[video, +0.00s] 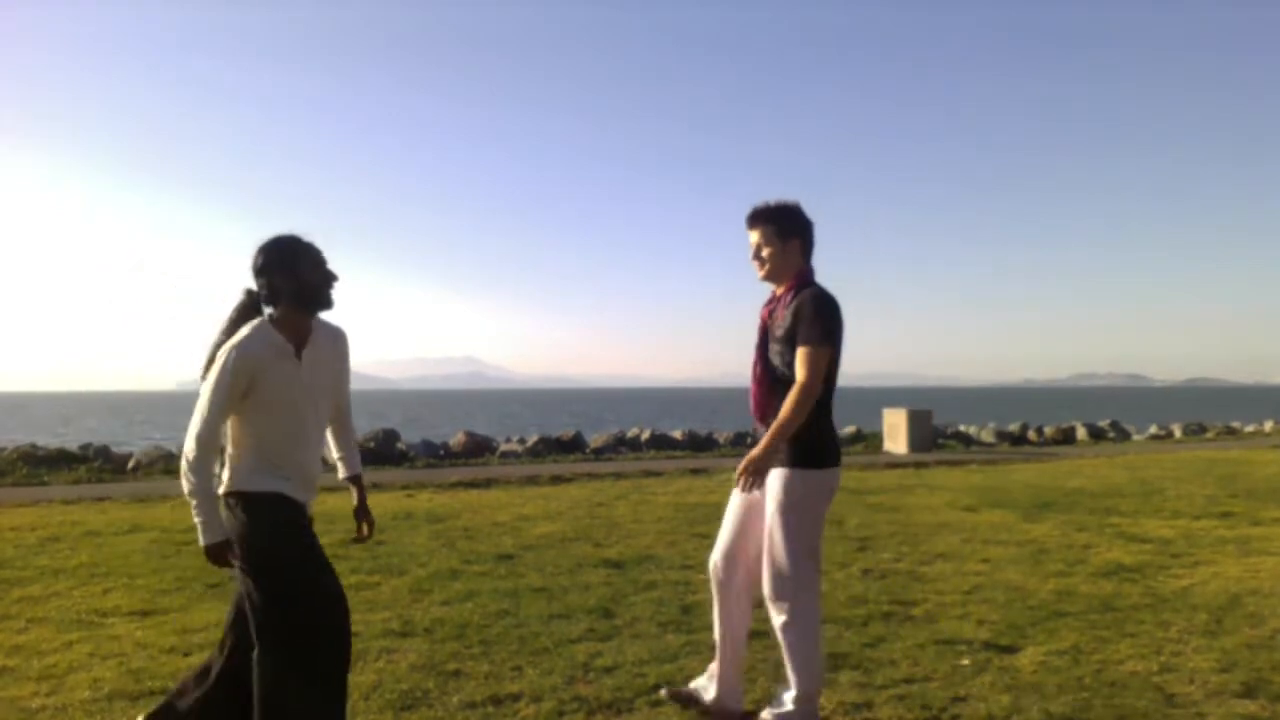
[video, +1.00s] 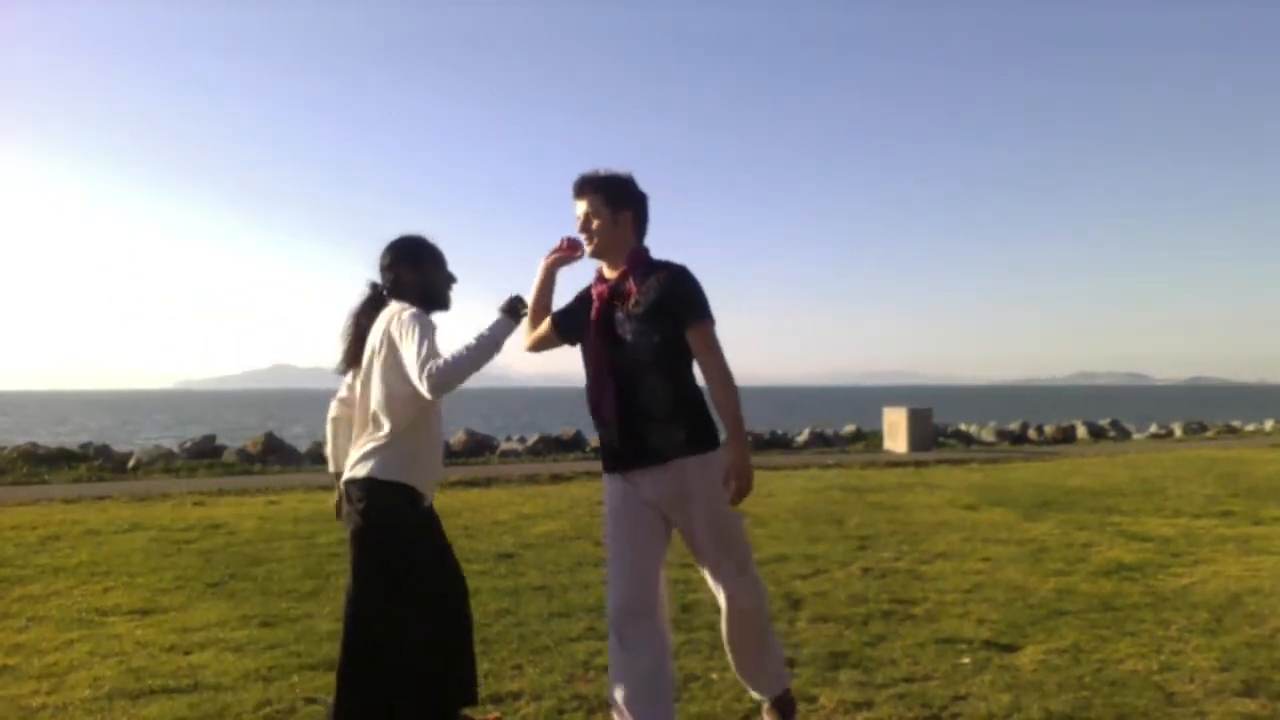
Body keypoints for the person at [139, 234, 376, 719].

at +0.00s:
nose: (332, 276)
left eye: (326, 266)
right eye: (318, 267)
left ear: (293, 280)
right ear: (285, 280)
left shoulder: (332, 341)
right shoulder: (245, 349)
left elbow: (339, 421)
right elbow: (198, 446)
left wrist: (357, 487)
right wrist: (210, 527)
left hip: (295, 504)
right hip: (253, 502)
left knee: (249, 643)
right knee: (324, 616)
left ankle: (182, 713)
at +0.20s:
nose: (367, 269)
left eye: (362, 258)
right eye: (354, 258)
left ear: (335, 271)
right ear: (320, 269)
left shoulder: (361, 341)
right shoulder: (272, 335)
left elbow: (356, 424)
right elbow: (228, 430)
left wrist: (371, 489)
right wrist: (242, 511)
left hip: (329, 503)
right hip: (283, 500)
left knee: (308, 628)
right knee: (348, 616)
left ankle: (214, 689)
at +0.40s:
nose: (396, 270)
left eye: (391, 260)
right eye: (381, 259)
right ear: (346, 267)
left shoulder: (378, 344)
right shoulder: (304, 323)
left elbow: (351, 426)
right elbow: (254, 417)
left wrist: (364, 492)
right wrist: (274, 503)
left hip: (359, 514)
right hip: (308, 510)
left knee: (377, 621)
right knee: (319, 638)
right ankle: (293, 705)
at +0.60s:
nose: (416, 277)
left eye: (412, 268)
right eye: (405, 266)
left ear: (373, 275)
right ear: (371, 273)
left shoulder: (375, 331)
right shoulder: (343, 311)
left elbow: (342, 403)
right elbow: (283, 382)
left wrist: (366, 475)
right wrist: (326, 469)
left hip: (367, 499)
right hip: (328, 500)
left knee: (417, 597)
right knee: (342, 626)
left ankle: (405, 705)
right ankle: (345, 709)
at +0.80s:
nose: (433, 277)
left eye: (429, 268)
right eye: (421, 267)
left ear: (387, 273)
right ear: (390, 271)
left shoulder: (383, 322)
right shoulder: (381, 308)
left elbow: (322, 419)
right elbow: (340, 363)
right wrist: (434, 395)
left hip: (374, 489)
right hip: (351, 488)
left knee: (432, 592)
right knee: (360, 619)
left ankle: (445, 703)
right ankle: (357, 713)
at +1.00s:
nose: (450, 274)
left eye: (446, 265)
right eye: (438, 265)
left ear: (397, 277)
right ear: (404, 272)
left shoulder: (381, 324)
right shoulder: (408, 317)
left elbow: (341, 408)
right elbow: (432, 379)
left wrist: (343, 479)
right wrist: (502, 325)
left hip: (365, 488)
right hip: (392, 492)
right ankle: (428, 707)